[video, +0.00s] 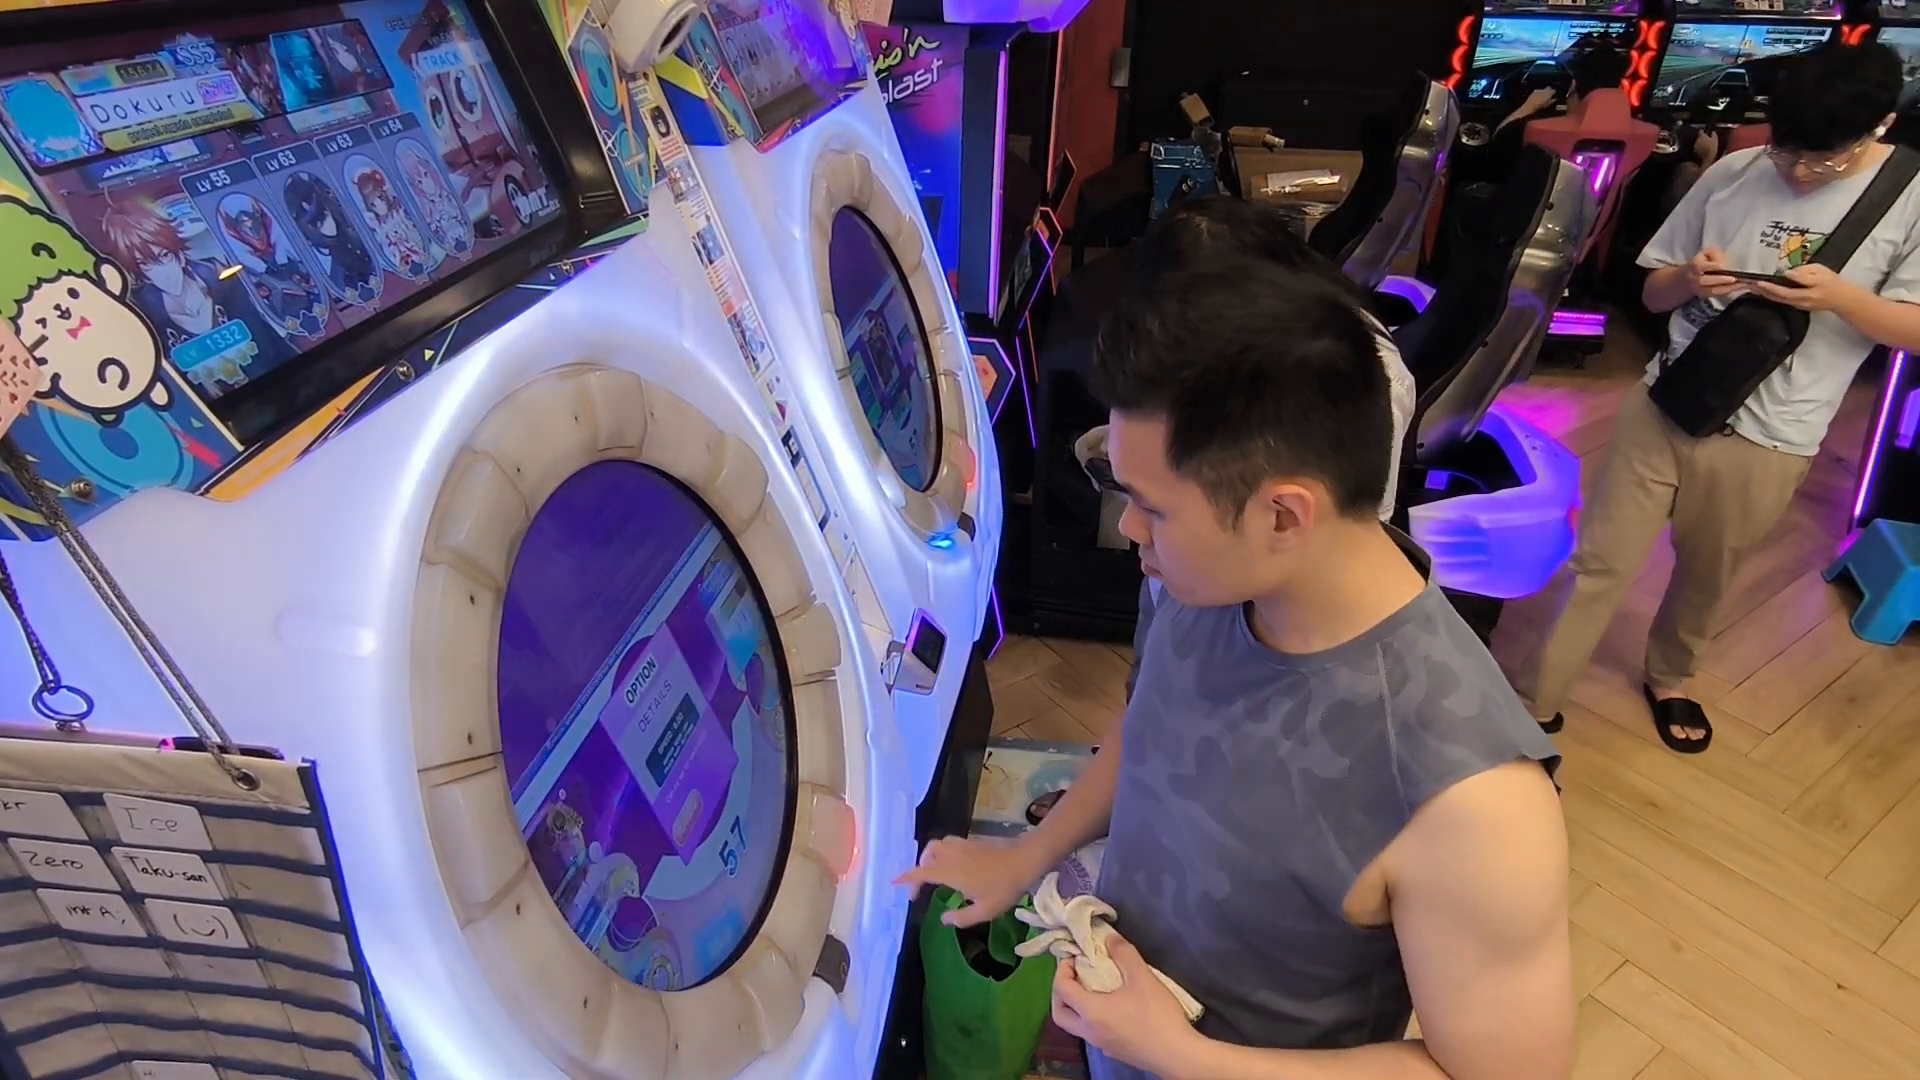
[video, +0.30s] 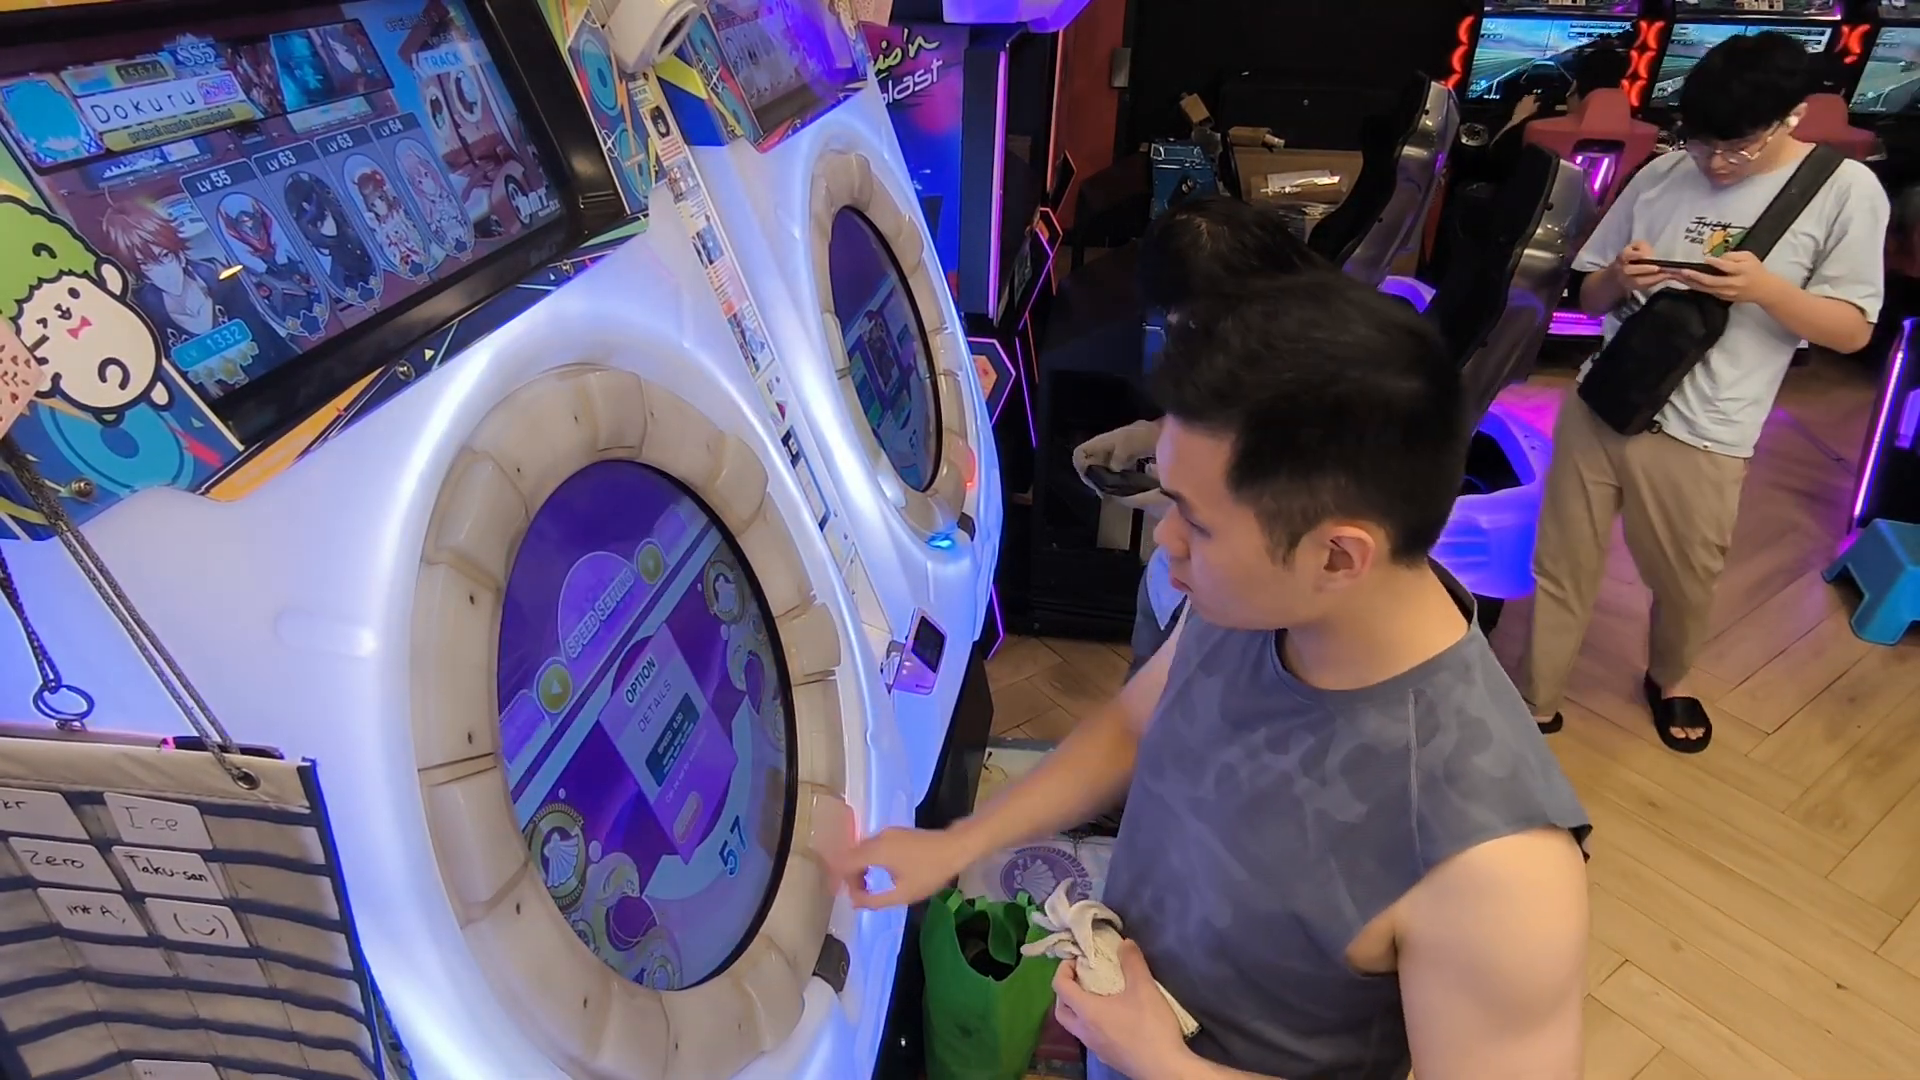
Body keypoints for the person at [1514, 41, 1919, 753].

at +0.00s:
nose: (1798, 168)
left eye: (1821, 157)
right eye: (1788, 146)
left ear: (1871, 135)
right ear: (1777, 120)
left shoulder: (1907, 198)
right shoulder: (1736, 172)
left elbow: (1915, 329)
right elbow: (1650, 293)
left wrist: (1841, 297)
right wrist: (1689, 277)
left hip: (1768, 440)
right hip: (1666, 403)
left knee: (1710, 573)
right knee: (1597, 560)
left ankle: (1669, 676)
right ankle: (1538, 708)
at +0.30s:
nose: (1713, 162)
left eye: (1733, 150)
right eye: (1702, 143)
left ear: (1786, 125)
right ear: (1690, 115)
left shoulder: (1847, 192)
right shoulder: (1665, 170)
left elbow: (1853, 330)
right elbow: (1588, 293)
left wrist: (1765, 287)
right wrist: (1617, 277)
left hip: (1705, 437)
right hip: (1603, 404)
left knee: (1687, 583)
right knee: (1561, 567)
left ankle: (1670, 683)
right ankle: (1537, 703)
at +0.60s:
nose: (1660, 160)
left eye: (1676, 147)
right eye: (1650, 143)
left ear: (1731, 122)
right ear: (1641, 121)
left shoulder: (1802, 192)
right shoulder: (1629, 168)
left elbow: (1806, 331)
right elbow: (1557, 282)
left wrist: (1706, 287)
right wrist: (1569, 274)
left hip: (1658, 442)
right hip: (1569, 410)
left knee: (1600, 600)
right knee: (1541, 576)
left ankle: (1585, 737)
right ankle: (1536, 713)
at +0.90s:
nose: (1635, 166)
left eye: (1653, 152)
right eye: (1627, 150)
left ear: (1716, 123)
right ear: (1619, 129)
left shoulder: (1786, 202)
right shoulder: (1630, 171)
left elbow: (1783, 349)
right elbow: (1564, 280)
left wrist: (1672, 294)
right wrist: (1554, 266)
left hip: (1629, 454)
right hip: (1550, 415)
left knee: (1558, 618)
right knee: (1508, 585)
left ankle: (1520, 743)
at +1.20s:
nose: (1629, 169)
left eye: (1645, 154)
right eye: (1622, 152)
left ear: (1708, 127)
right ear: (1615, 129)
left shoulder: (1781, 212)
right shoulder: (1636, 177)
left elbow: (1770, 365)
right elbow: (1570, 284)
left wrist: (1651, 301)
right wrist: (1547, 270)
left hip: (1626, 462)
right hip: (1549, 419)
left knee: (1565, 618)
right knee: (1487, 559)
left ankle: (1529, 726)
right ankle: (1516, 644)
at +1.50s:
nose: (1593, 172)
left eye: (1607, 158)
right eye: (1587, 156)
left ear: (1671, 133)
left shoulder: (1747, 211)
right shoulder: (1606, 177)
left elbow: (1735, 363)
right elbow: (1556, 281)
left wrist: (1618, 298)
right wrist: (1524, 268)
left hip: (1604, 456)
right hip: (1531, 413)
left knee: (1555, 613)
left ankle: (1527, 717)